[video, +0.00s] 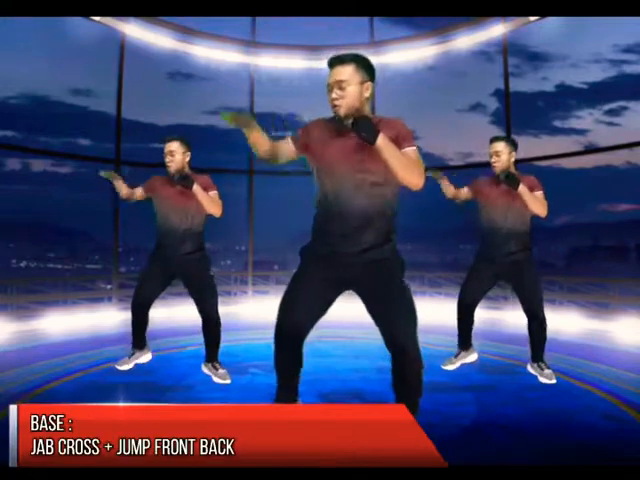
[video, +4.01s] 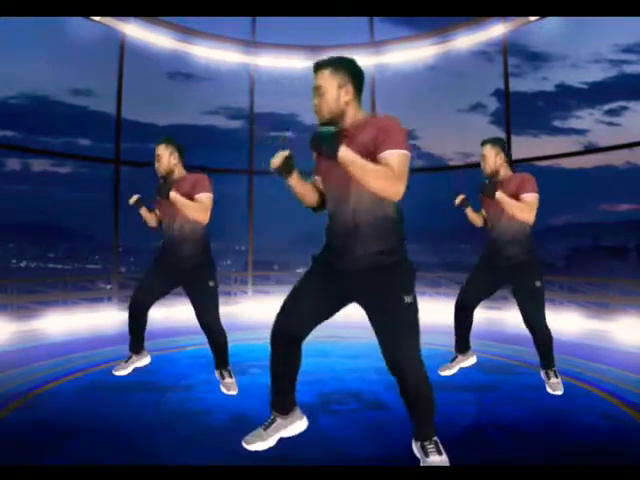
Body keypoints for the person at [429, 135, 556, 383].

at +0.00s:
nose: (494, 160)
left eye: (498, 154)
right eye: (491, 155)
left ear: (512, 155)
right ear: (489, 158)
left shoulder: (528, 183)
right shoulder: (482, 185)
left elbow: (542, 211)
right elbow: (456, 195)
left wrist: (518, 185)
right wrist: (442, 180)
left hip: (520, 260)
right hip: (489, 259)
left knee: (536, 313)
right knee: (466, 301)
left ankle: (537, 362)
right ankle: (465, 350)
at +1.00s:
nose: (481, 162)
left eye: (485, 157)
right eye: (481, 158)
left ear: (500, 157)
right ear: (489, 160)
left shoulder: (523, 182)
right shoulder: (488, 190)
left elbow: (530, 210)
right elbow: (473, 216)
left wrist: (503, 184)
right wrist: (464, 195)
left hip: (519, 262)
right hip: (492, 260)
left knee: (529, 316)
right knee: (460, 294)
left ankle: (548, 364)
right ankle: (458, 342)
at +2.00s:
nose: (494, 161)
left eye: (498, 156)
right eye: (492, 156)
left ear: (512, 157)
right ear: (490, 159)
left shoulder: (529, 183)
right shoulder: (485, 189)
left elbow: (542, 208)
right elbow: (466, 209)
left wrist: (517, 184)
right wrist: (457, 195)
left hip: (522, 262)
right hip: (491, 262)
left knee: (539, 317)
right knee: (467, 306)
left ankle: (548, 364)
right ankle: (462, 354)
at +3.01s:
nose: (490, 168)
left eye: (493, 162)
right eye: (487, 164)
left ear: (508, 160)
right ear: (488, 165)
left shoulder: (530, 182)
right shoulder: (495, 191)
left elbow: (540, 212)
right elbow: (478, 216)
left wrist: (513, 185)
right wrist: (469, 195)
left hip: (526, 262)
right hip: (498, 261)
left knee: (534, 317)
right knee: (473, 305)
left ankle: (548, 364)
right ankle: (462, 354)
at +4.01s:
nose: (482, 162)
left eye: (486, 156)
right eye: (481, 157)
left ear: (501, 157)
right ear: (490, 159)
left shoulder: (524, 181)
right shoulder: (488, 189)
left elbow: (529, 216)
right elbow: (481, 221)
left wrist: (499, 195)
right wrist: (466, 207)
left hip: (523, 263)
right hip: (493, 262)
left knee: (536, 322)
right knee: (464, 303)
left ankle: (549, 370)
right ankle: (463, 353)